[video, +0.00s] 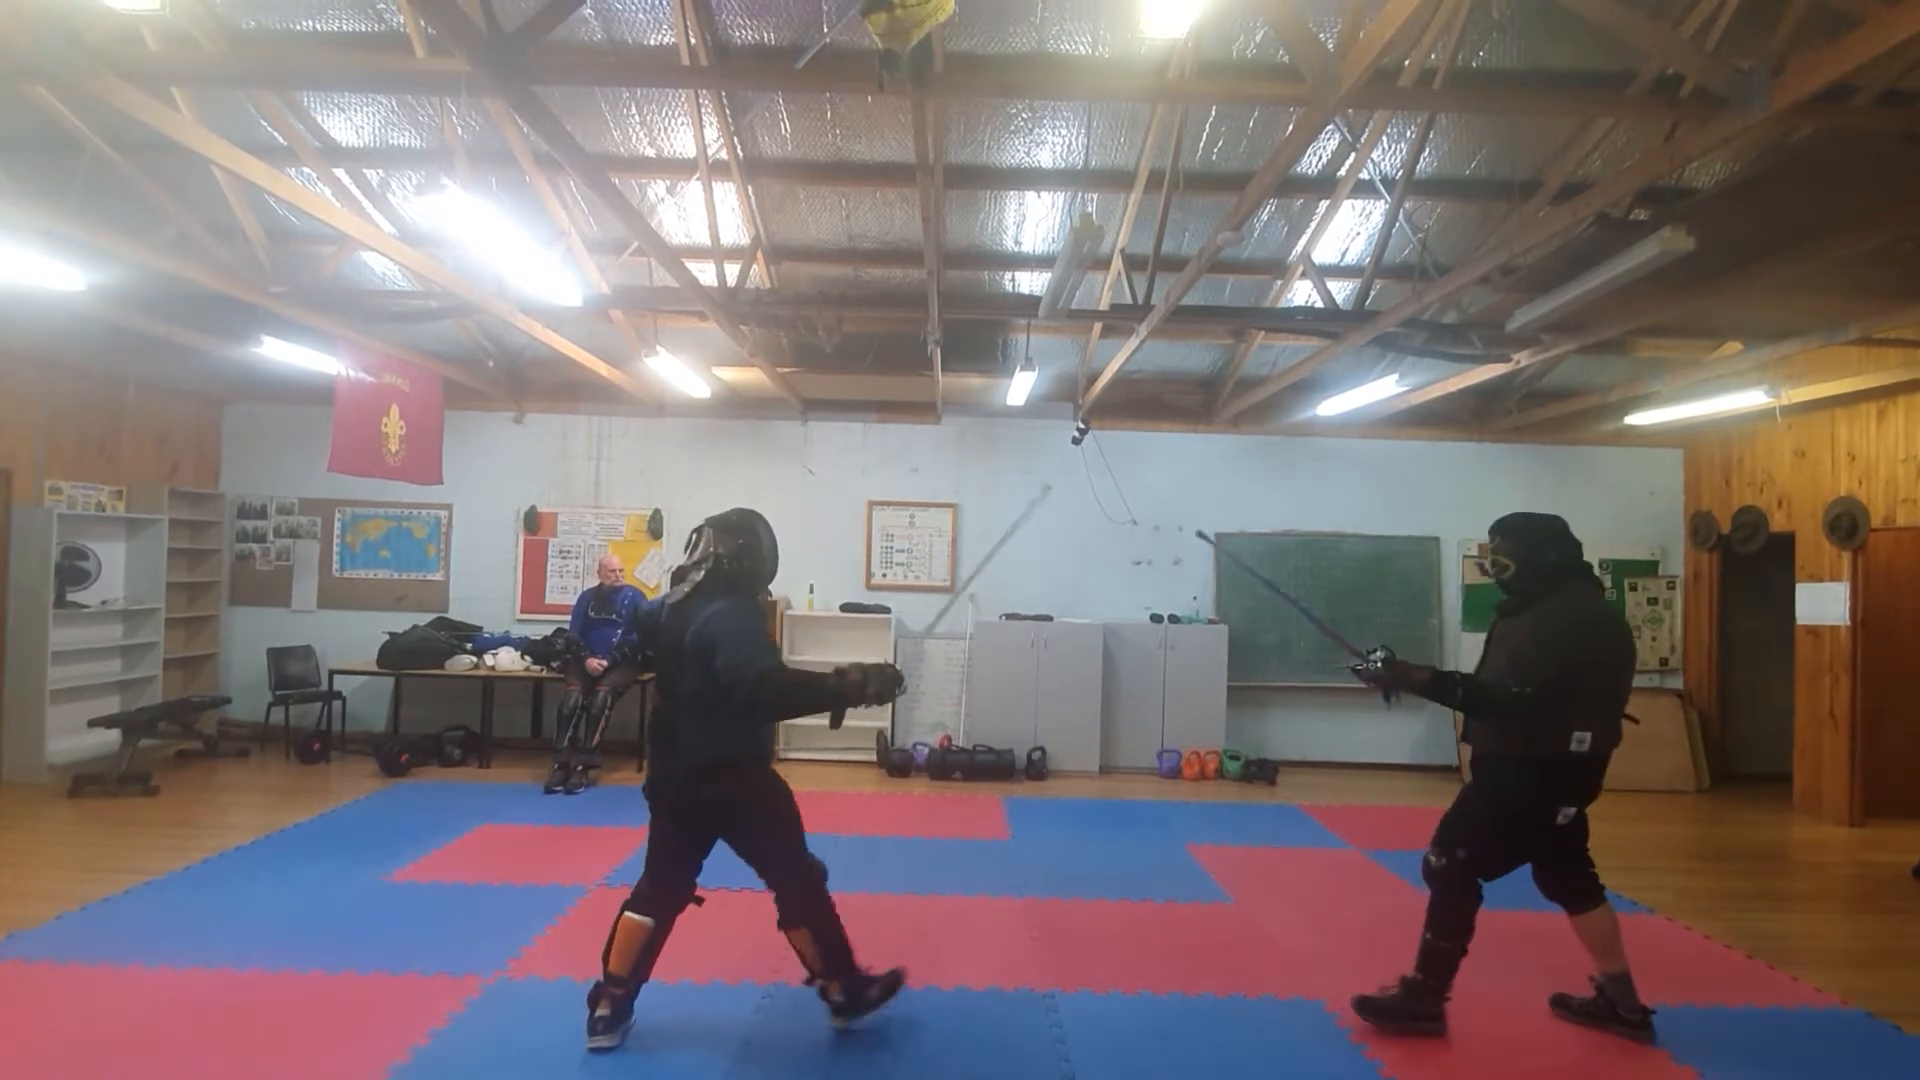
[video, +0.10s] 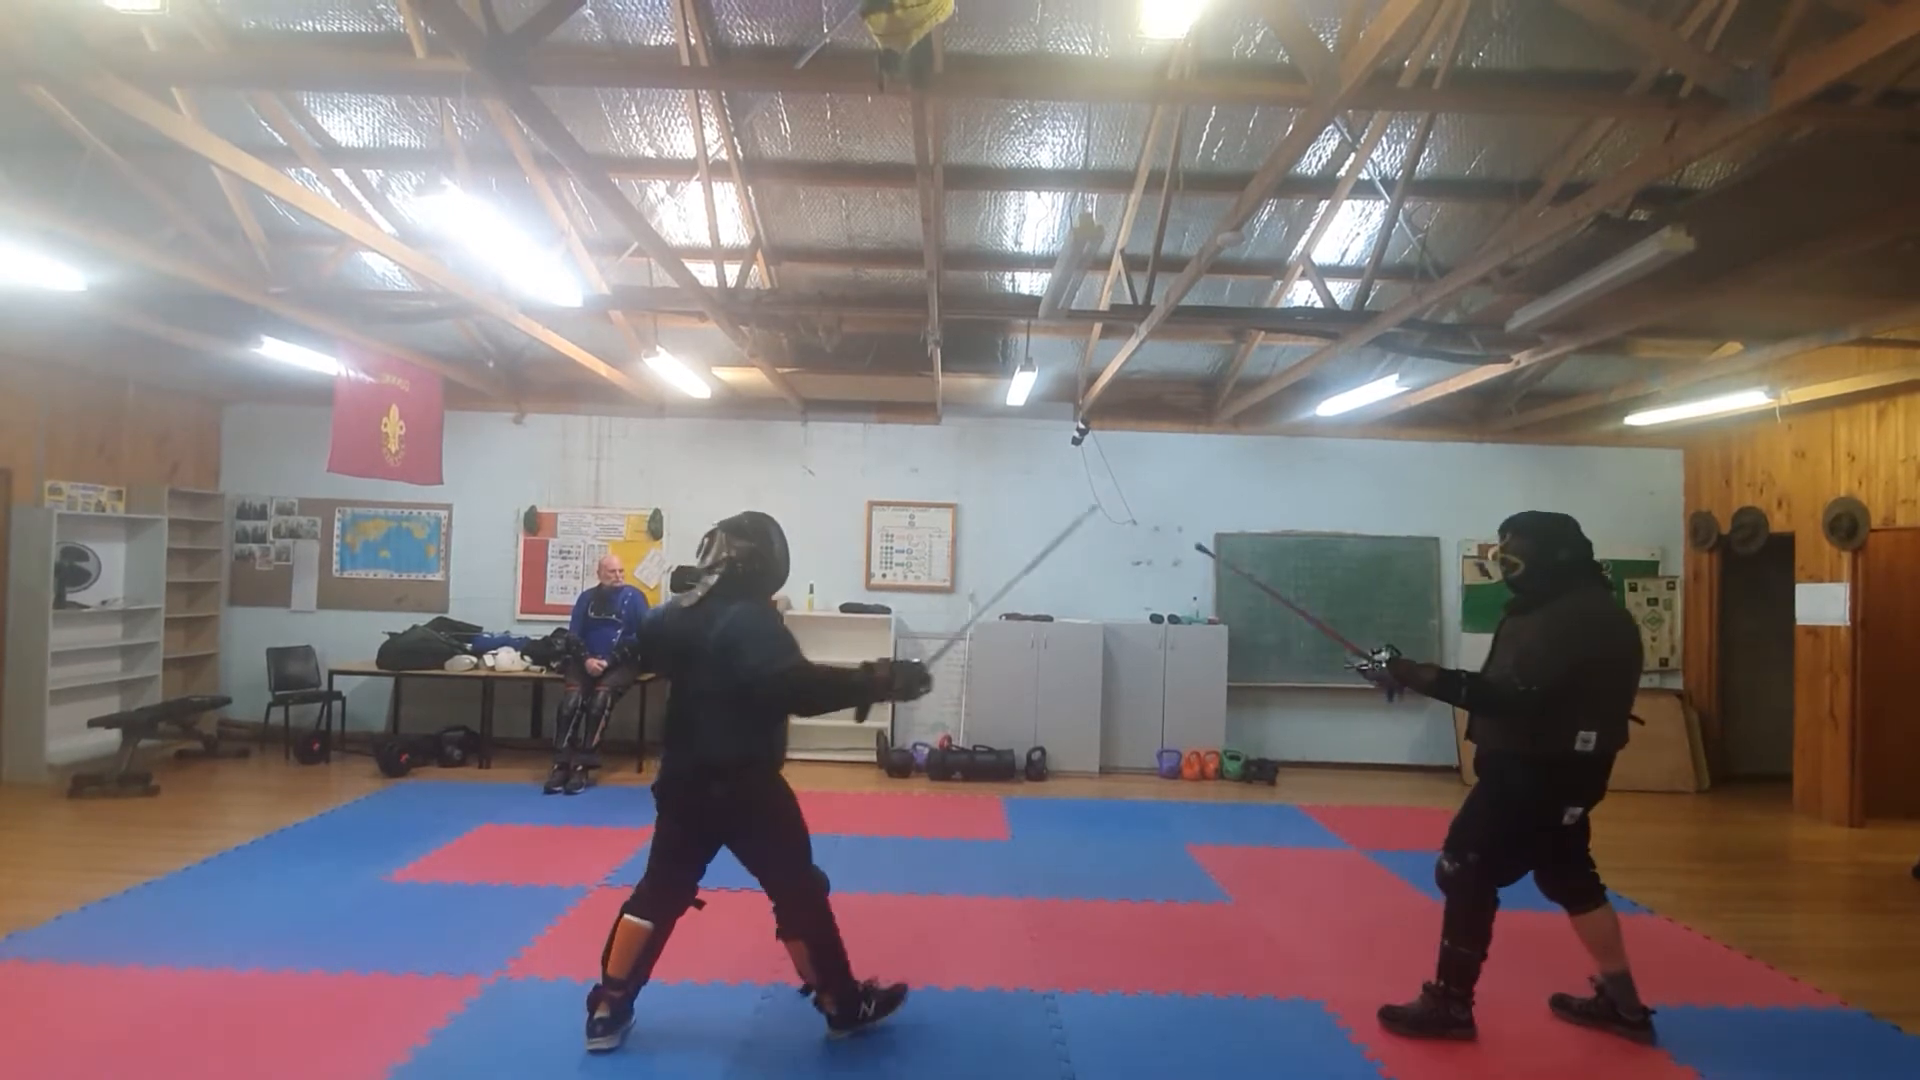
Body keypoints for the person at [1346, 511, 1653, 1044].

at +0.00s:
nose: (1494, 572)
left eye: (1503, 560)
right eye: (1493, 560)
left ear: (1538, 561)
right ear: (1555, 560)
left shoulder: (1540, 621)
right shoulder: (1600, 617)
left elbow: (1510, 701)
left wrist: (1421, 681)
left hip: (1520, 777)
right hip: (1568, 777)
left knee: (1453, 866)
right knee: (1572, 880)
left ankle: (1424, 997)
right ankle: (1621, 1000)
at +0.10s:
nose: (1505, 570)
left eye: (1514, 559)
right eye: (1503, 559)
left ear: (1550, 560)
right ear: (1566, 560)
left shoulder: (1546, 620)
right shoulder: (1608, 615)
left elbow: (1514, 698)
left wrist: (1429, 680)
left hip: (1526, 774)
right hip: (1575, 775)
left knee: (1467, 869)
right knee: (1572, 878)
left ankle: (1449, 1001)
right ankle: (1622, 999)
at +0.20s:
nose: (1511, 570)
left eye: (1520, 559)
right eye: (1509, 559)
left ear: (1557, 559)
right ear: (1566, 560)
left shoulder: (1573, 619)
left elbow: (1522, 699)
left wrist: (1431, 679)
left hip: (1533, 774)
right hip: (1571, 774)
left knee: (1471, 869)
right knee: (1573, 878)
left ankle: (1450, 1001)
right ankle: (1621, 1000)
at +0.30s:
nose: (1512, 570)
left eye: (1521, 559)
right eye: (1510, 559)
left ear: (1559, 558)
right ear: (1565, 560)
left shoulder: (1581, 618)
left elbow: (1525, 698)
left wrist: (1432, 679)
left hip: (1534, 774)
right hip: (1569, 773)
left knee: (1473, 871)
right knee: (1572, 877)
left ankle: (1450, 1001)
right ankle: (1621, 1000)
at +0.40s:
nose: (1511, 569)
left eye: (1521, 558)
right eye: (1509, 558)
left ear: (1559, 558)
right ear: (1562, 560)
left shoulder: (1583, 617)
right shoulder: (1542, 610)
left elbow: (1526, 697)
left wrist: (1434, 677)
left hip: (1536, 774)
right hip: (1567, 774)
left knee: (1473, 872)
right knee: (1573, 878)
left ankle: (1450, 1001)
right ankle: (1621, 1000)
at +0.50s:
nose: (1507, 570)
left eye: (1516, 559)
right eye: (1504, 560)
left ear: (1553, 558)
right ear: (1557, 560)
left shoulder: (1580, 617)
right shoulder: (1541, 611)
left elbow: (1524, 699)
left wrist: (1429, 675)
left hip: (1533, 774)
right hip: (1567, 774)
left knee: (1464, 864)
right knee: (1571, 879)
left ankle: (1449, 1001)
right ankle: (1621, 1001)